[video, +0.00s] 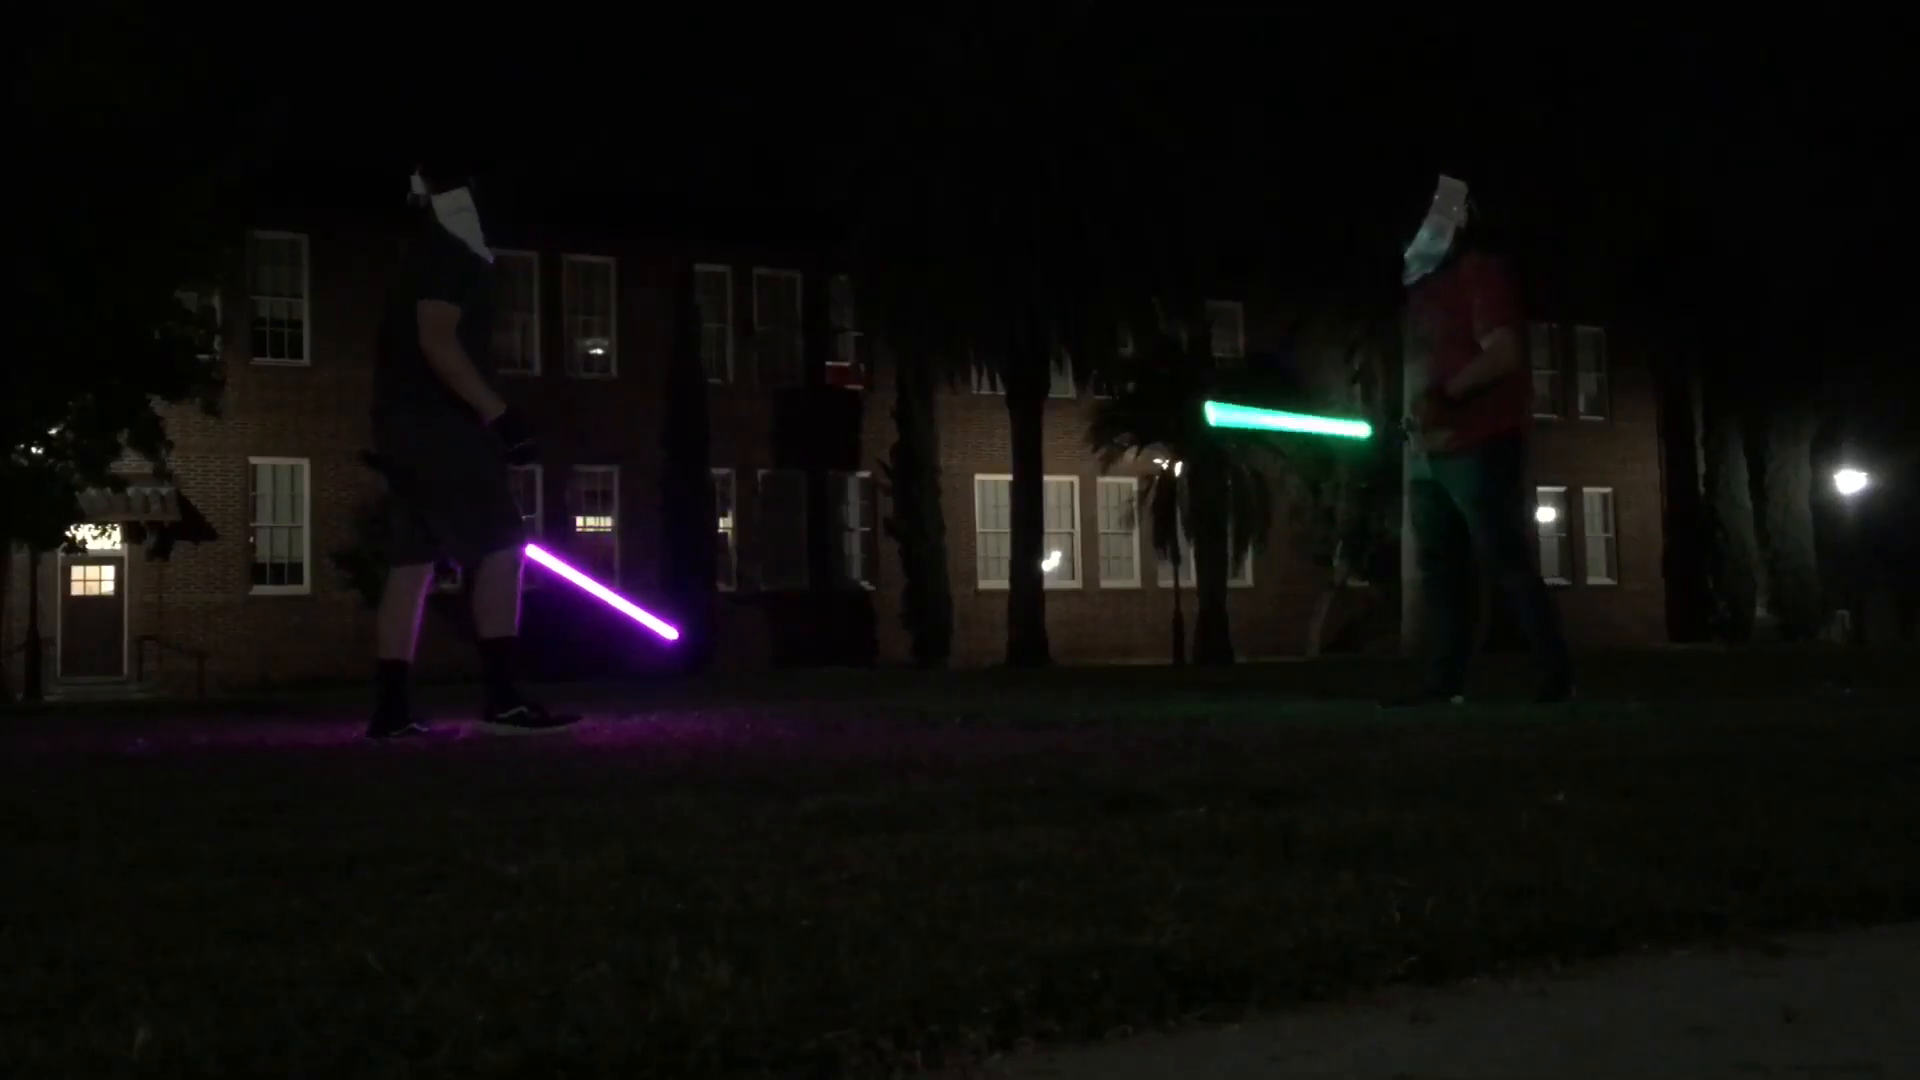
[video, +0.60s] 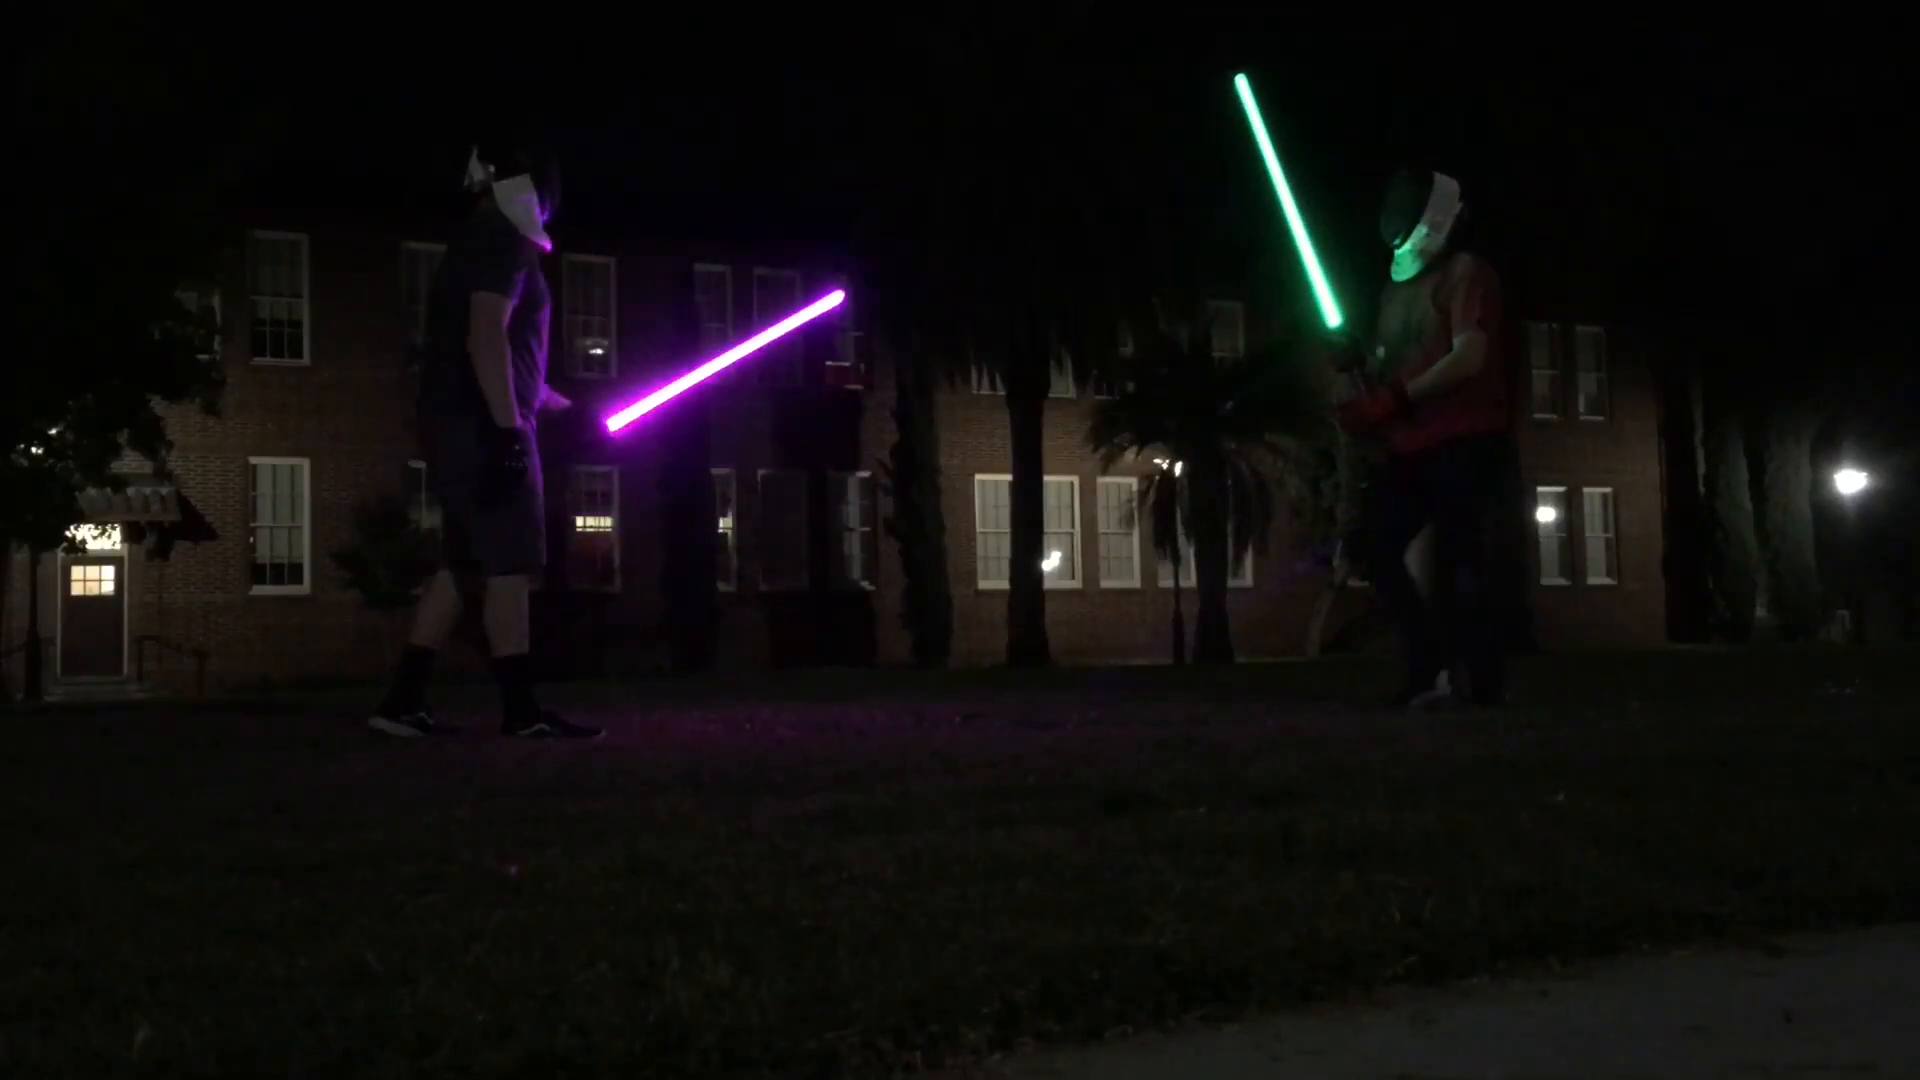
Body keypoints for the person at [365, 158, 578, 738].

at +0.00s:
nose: (493, 213)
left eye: (488, 201)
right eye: (485, 201)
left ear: (434, 203)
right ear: (462, 203)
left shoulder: (421, 254)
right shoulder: (449, 254)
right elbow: (437, 343)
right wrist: (499, 414)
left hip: (410, 437)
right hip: (448, 438)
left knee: (411, 560)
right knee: (503, 546)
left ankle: (390, 709)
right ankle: (504, 694)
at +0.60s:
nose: (548, 210)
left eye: (545, 198)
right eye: (542, 197)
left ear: (501, 189)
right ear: (520, 191)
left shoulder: (483, 245)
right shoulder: (504, 246)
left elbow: (504, 356)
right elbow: (486, 336)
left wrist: (564, 406)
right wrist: (511, 429)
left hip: (466, 431)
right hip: (497, 433)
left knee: (462, 563)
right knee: (510, 565)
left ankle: (404, 697)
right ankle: (521, 708)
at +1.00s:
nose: (539, 205)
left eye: (536, 192)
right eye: (534, 191)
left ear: (491, 185)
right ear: (517, 186)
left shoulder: (481, 239)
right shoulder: (502, 235)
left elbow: (514, 353)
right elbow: (457, 313)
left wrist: (583, 342)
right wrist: (439, 408)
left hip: (470, 424)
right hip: (502, 424)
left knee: (465, 559)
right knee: (524, 557)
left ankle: (434, 701)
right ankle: (521, 705)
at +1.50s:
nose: (549, 205)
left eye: (547, 192)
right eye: (543, 190)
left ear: (496, 187)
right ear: (522, 186)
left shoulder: (478, 239)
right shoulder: (513, 237)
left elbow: (485, 333)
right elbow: (488, 323)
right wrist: (508, 419)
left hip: (479, 426)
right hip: (529, 426)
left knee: (470, 560)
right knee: (548, 561)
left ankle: (437, 703)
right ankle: (563, 703)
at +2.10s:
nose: (575, 212)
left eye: (571, 196)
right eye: (568, 198)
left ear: (521, 194)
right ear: (547, 195)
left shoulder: (496, 245)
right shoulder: (534, 249)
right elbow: (526, 337)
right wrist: (580, 401)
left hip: (483, 428)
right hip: (531, 428)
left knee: (475, 557)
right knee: (583, 548)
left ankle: (437, 705)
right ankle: (576, 701)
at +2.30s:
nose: (614, 210)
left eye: (611, 198)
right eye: (608, 198)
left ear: (557, 197)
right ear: (590, 199)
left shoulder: (533, 247)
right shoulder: (575, 252)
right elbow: (590, 343)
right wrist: (639, 413)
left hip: (521, 427)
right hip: (566, 428)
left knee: (533, 560)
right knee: (593, 560)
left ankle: (452, 691)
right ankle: (577, 706)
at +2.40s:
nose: (628, 214)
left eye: (624, 202)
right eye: (623, 202)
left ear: (577, 198)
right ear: (605, 200)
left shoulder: (559, 243)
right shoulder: (591, 247)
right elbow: (616, 341)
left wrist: (651, 399)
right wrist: (657, 405)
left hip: (554, 421)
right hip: (581, 424)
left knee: (569, 565)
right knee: (594, 564)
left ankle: (475, 674)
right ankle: (578, 707)